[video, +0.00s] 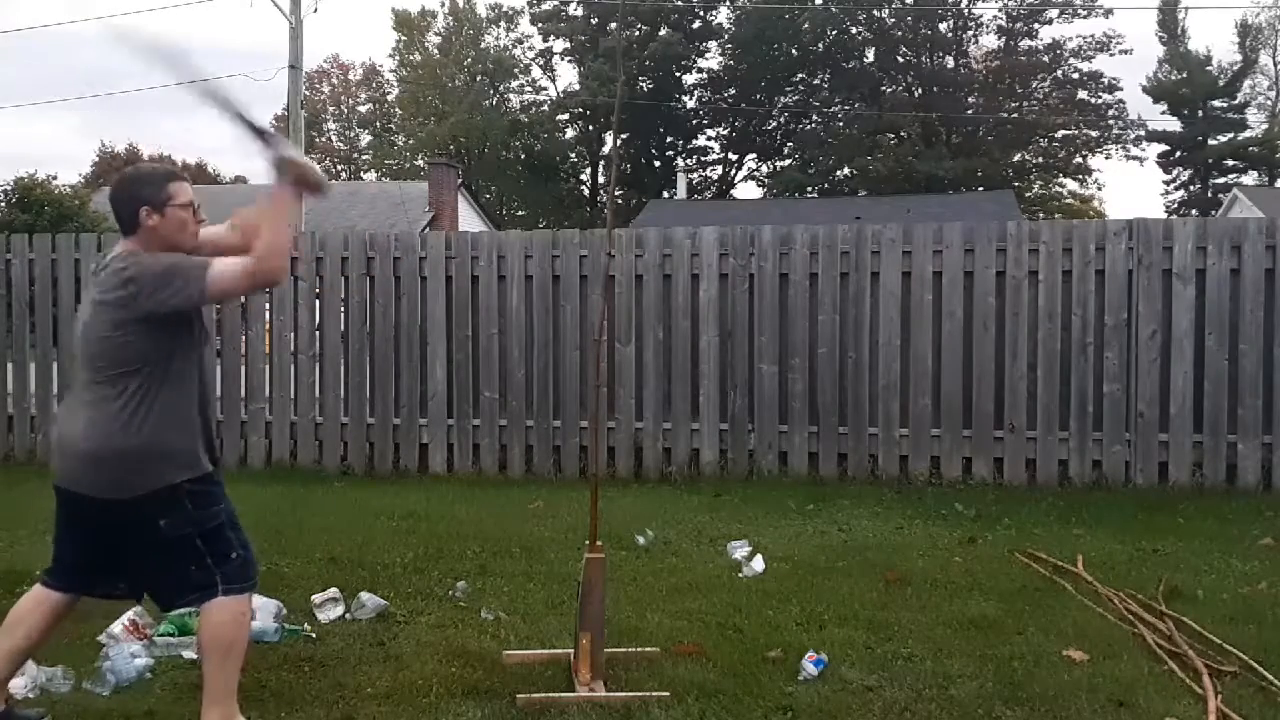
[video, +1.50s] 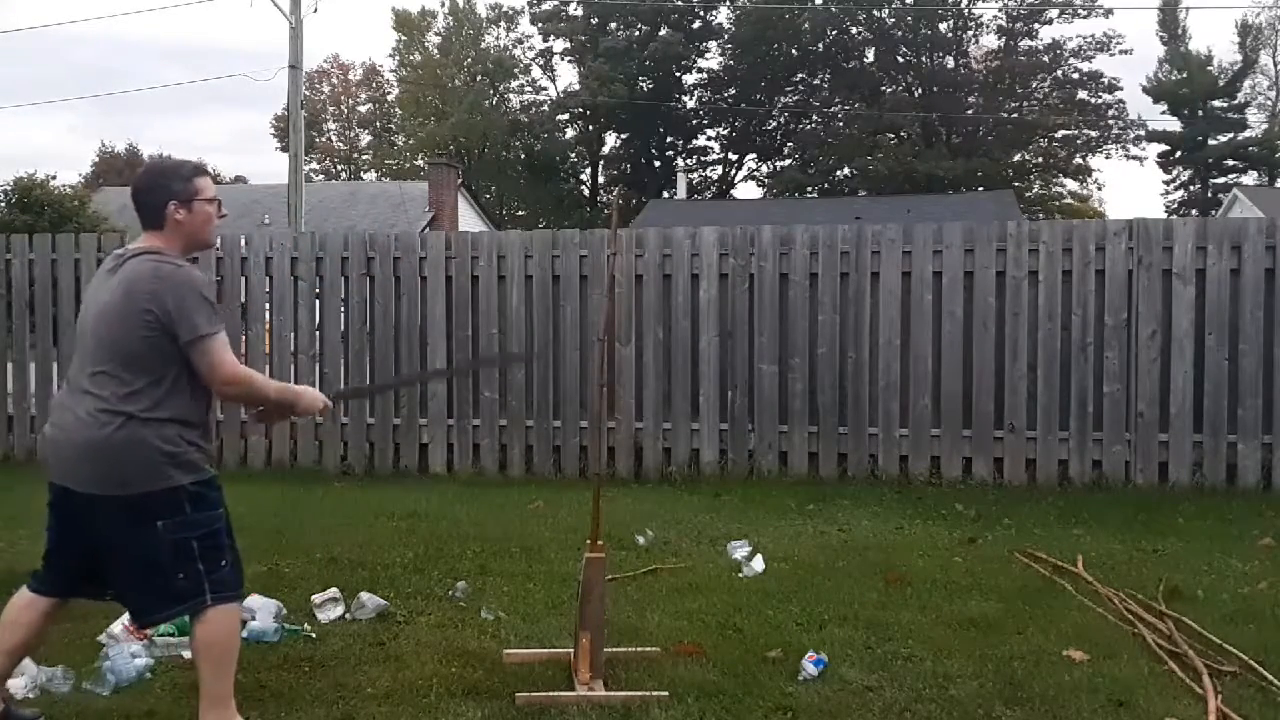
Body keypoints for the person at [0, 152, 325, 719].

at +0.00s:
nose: (199, 217)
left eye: (195, 207)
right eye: (187, 208)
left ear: (150, 220)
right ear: (150, 219)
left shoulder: (123, 265)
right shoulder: (151, 272)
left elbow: (237, 234)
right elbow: (266, 269)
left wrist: (285, 188)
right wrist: (284, 186)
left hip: (85, 463)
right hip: (157, 464)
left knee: (61, 581)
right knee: (229, 579)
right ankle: (220, 710)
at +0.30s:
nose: (194, 214)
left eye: (193, 203)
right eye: (186, 203)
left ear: (137, 211)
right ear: (149, 209)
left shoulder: (73, 254)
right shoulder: (178, 278)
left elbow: (108, 344)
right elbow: (214, 364)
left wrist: (194, 384)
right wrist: (242, 409)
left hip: (48, 444)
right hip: (144, 452)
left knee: (33, 583)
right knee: (200, 587)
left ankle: (0, 692)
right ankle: (216, 710)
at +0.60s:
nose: (177, 216)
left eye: (177, 204)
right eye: (170, 204)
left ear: (107, 208)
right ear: (135, 207)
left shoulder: (52, 253)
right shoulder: (167, 270)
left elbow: (42, 345)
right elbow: (188, 367)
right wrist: (199, 428)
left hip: (35, 448)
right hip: (132, 452)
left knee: (24, 589)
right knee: (187, 588)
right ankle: (215, 710)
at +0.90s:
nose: (175, 216)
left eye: (175, 204)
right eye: (169, 204)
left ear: (110, 209)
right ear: (135, 207)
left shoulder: (55, 264)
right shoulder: (157, 274)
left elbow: (97, 364)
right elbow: (194, 366)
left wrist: (177, 405)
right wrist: (232, 414)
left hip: (41, 455)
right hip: (133, 457)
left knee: (20, 592)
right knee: (193, 589)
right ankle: (215, 710)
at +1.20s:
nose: (214, 210)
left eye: (213, 200)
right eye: (206, 200)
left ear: (163, 208)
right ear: (172, 207)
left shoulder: (104, 264)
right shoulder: (186, 277)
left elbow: (143, 357)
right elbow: (227, 376)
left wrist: (203, 399)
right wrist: (271, 414)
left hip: (74, 448)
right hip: (157, 454)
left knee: (48, 584)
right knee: (219, 591)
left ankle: (1, 696)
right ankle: (219, 710)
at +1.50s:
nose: (221, 213)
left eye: (219, 202)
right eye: (212, 203)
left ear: (163, 214)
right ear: (175, 211)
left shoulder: (115, 268)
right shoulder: (178, 278)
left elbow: (157, 369)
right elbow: (226, 376)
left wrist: (253, 400)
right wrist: (293, 395)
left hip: (72, 453)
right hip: (151, 459)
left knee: (52, 583)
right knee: (217, 590)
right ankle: (219, 711)